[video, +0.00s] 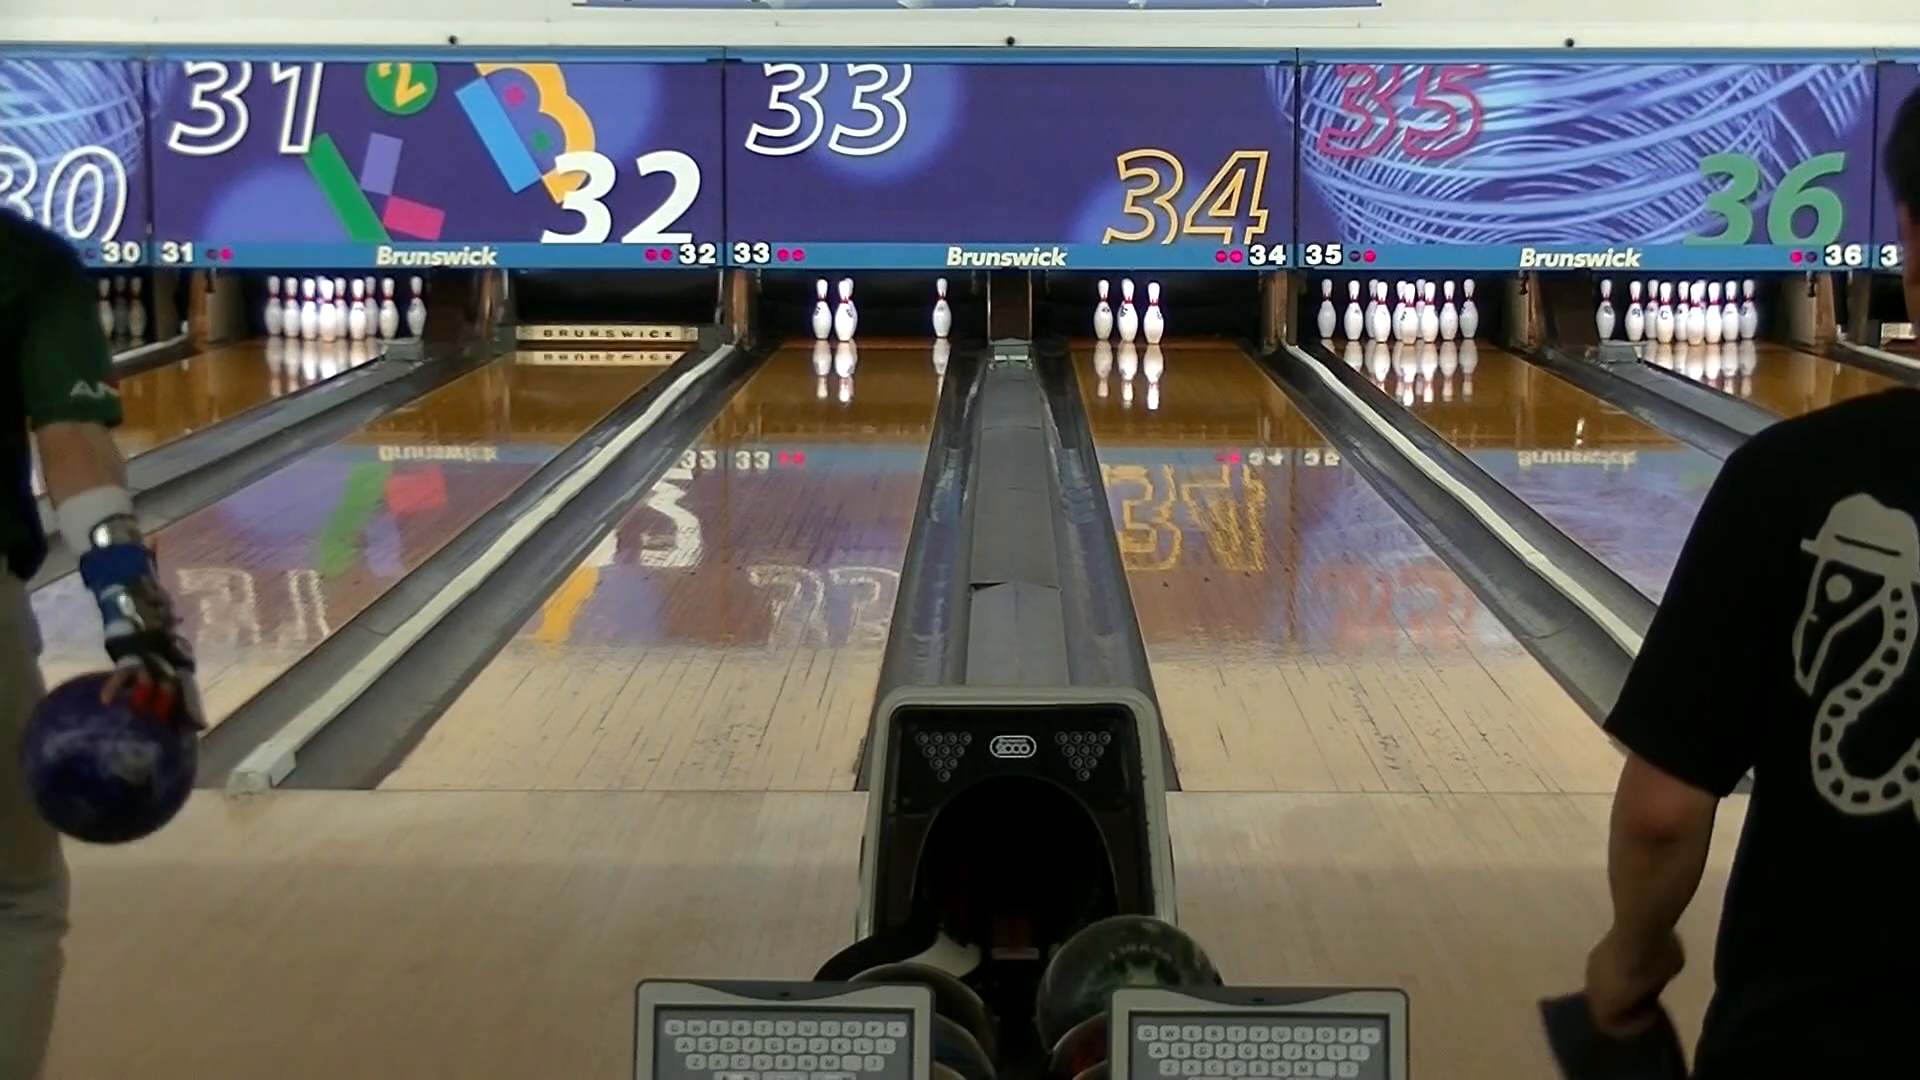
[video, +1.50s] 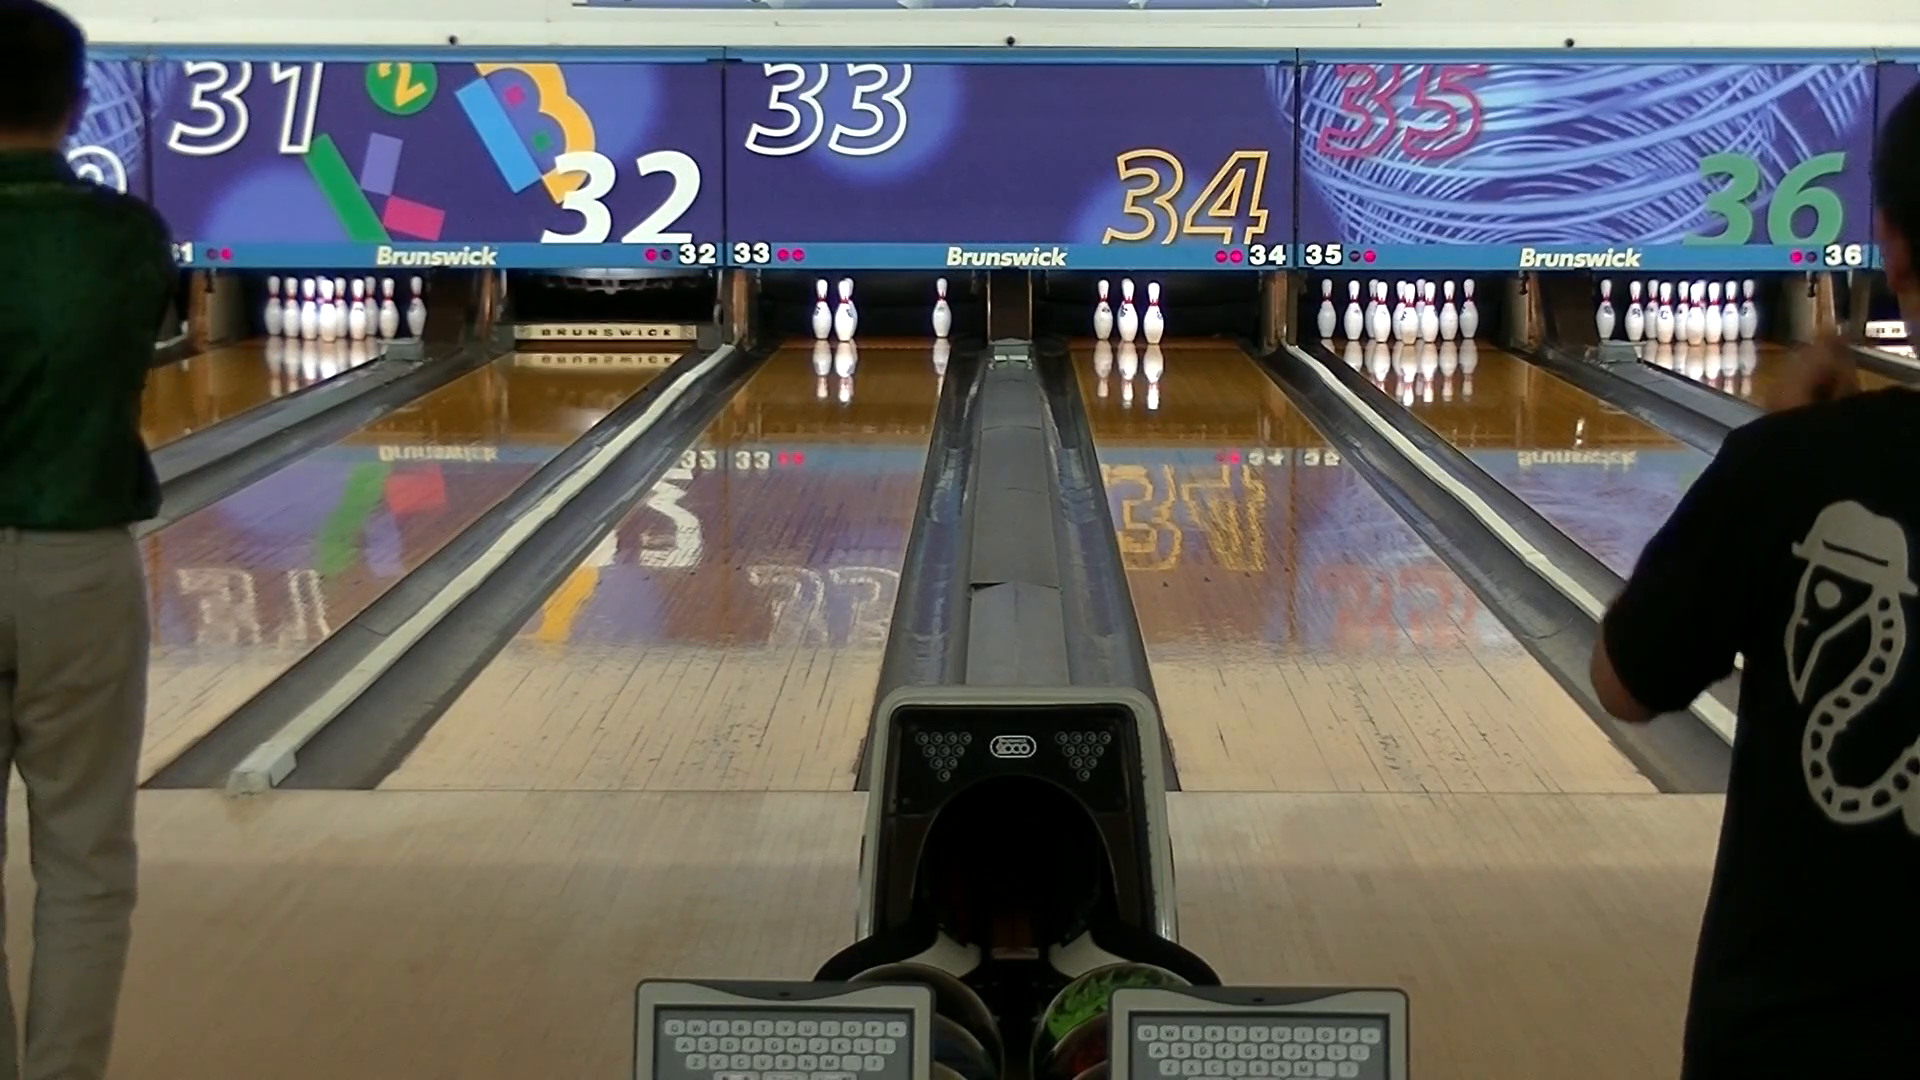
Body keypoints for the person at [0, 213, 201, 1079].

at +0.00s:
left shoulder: (31, 263)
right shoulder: (31, 263)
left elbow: (75, 440)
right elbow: (74, 441)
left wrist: (126, 593)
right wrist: (128, 593)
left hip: (1, 616)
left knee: (22, 898)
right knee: (18, 900)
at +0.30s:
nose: (36, 147)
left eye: (28, 129)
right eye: (37, 128)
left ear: (18, 131)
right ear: (30, 131)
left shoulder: (74, 263)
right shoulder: (75, 262)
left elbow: (113, 440)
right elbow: (113, 438)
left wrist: (147, 599)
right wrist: (151, 598)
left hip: (32, 597)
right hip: (25, 602)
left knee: (67, 912)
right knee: (69, 912)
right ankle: (54, 1071)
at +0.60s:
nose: (54, 135)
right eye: (59, 116)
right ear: (56, 120)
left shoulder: (99, 260)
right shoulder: (99, 259)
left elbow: (154, 465)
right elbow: (155, 466)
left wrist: (217, 617)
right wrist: (221, 618)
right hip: (28, 585)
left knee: (48, 873)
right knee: (52, 879)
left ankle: (48, 1058)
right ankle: (47, 1065)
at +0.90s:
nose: (35, 110)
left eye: (26, 92)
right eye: (33, 92)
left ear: (10, 100)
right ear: (23, 102)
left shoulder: (78, 237)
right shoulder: (78, 238)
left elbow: (132, 446)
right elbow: (137, 448)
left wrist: (127, 478)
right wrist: (142, 493)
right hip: (23, 574)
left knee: (67, 842)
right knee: (71, 846)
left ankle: (43, 1057)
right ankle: (46, 1063)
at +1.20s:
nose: (45, 107)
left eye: (27, 91)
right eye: (48, 89)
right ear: (52, 103)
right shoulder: (110, 238)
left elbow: (156, 390)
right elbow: (157, 390)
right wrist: (51, 358)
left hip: (40, 569)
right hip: (50, 573)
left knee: (66, 860)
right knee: (67, 864)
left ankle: (56, 1065)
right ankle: (56, 1072)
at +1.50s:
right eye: (56, 80)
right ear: (70, 99)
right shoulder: (125, 232)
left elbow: (141, 347)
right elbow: (137, 351)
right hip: (75, 570)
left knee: (66, 858)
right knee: (83, 863)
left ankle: (48, 1061)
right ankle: (60, 1068)